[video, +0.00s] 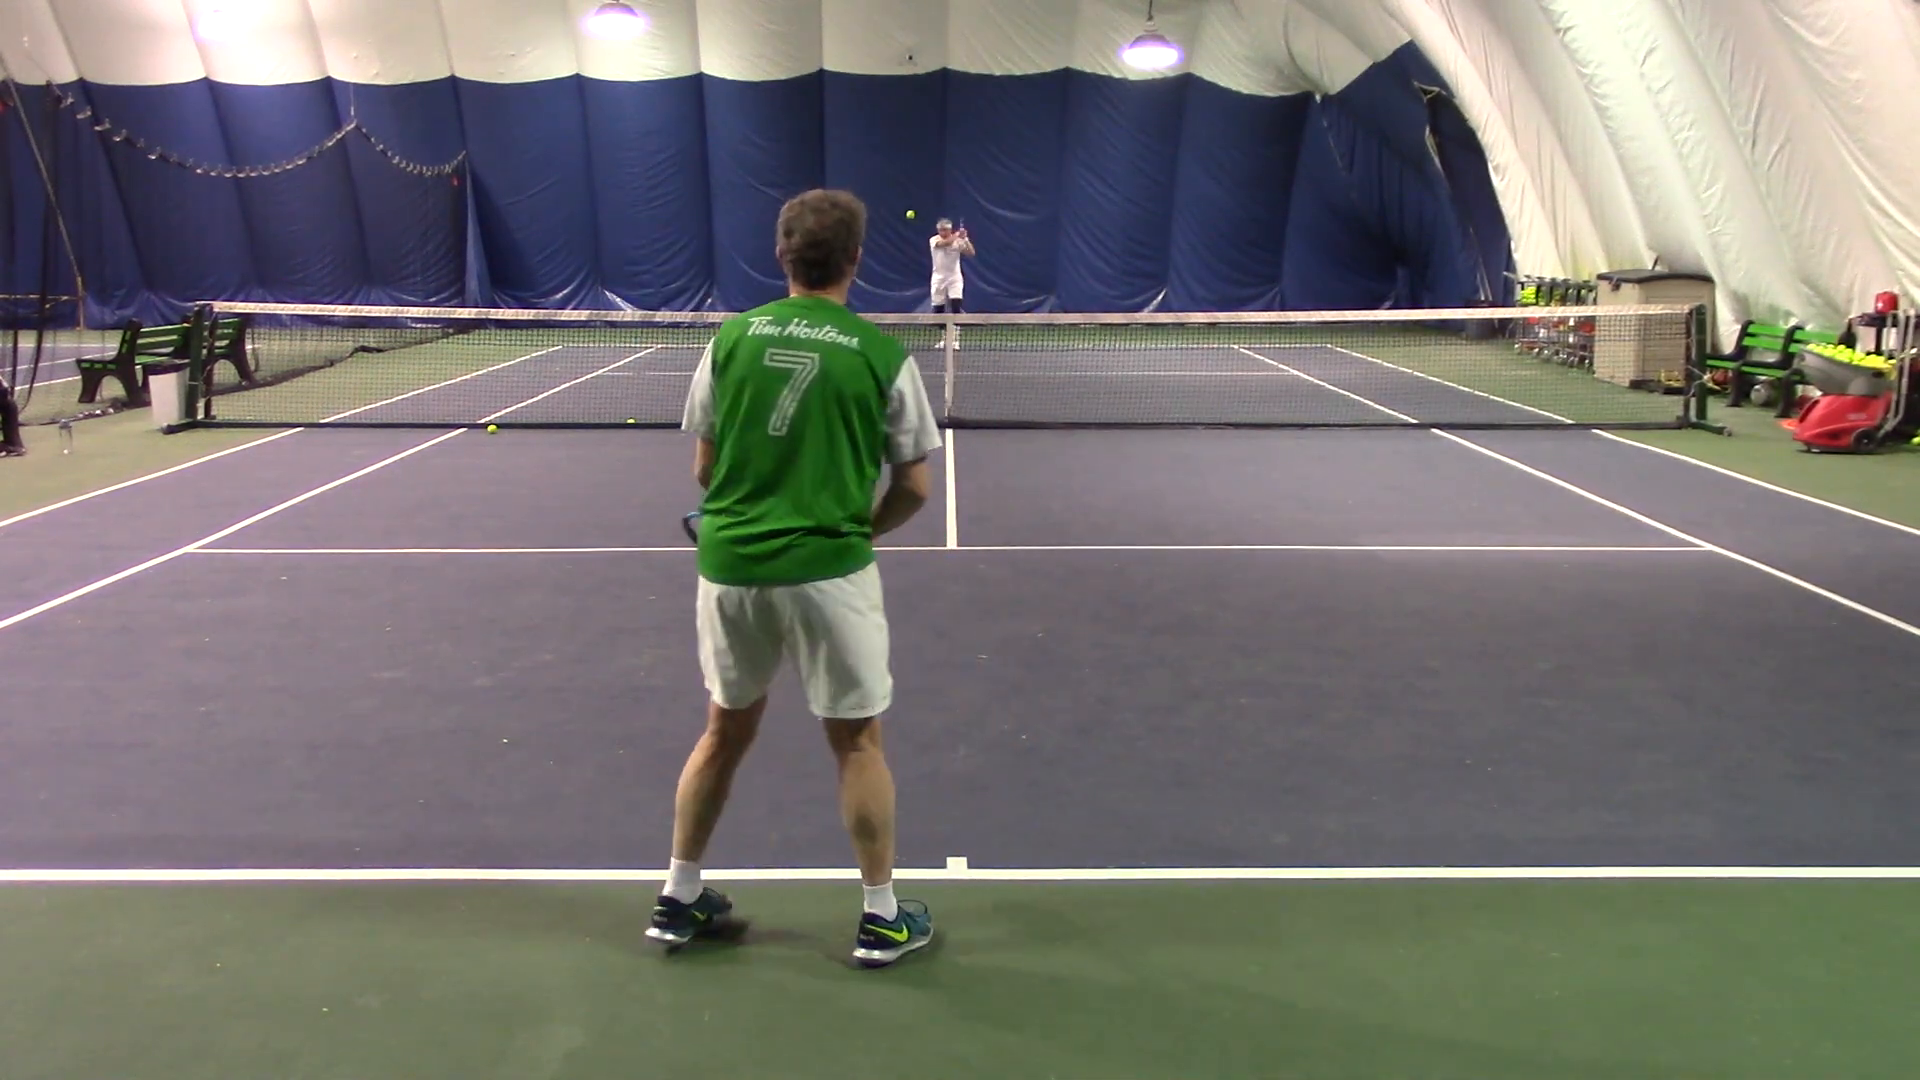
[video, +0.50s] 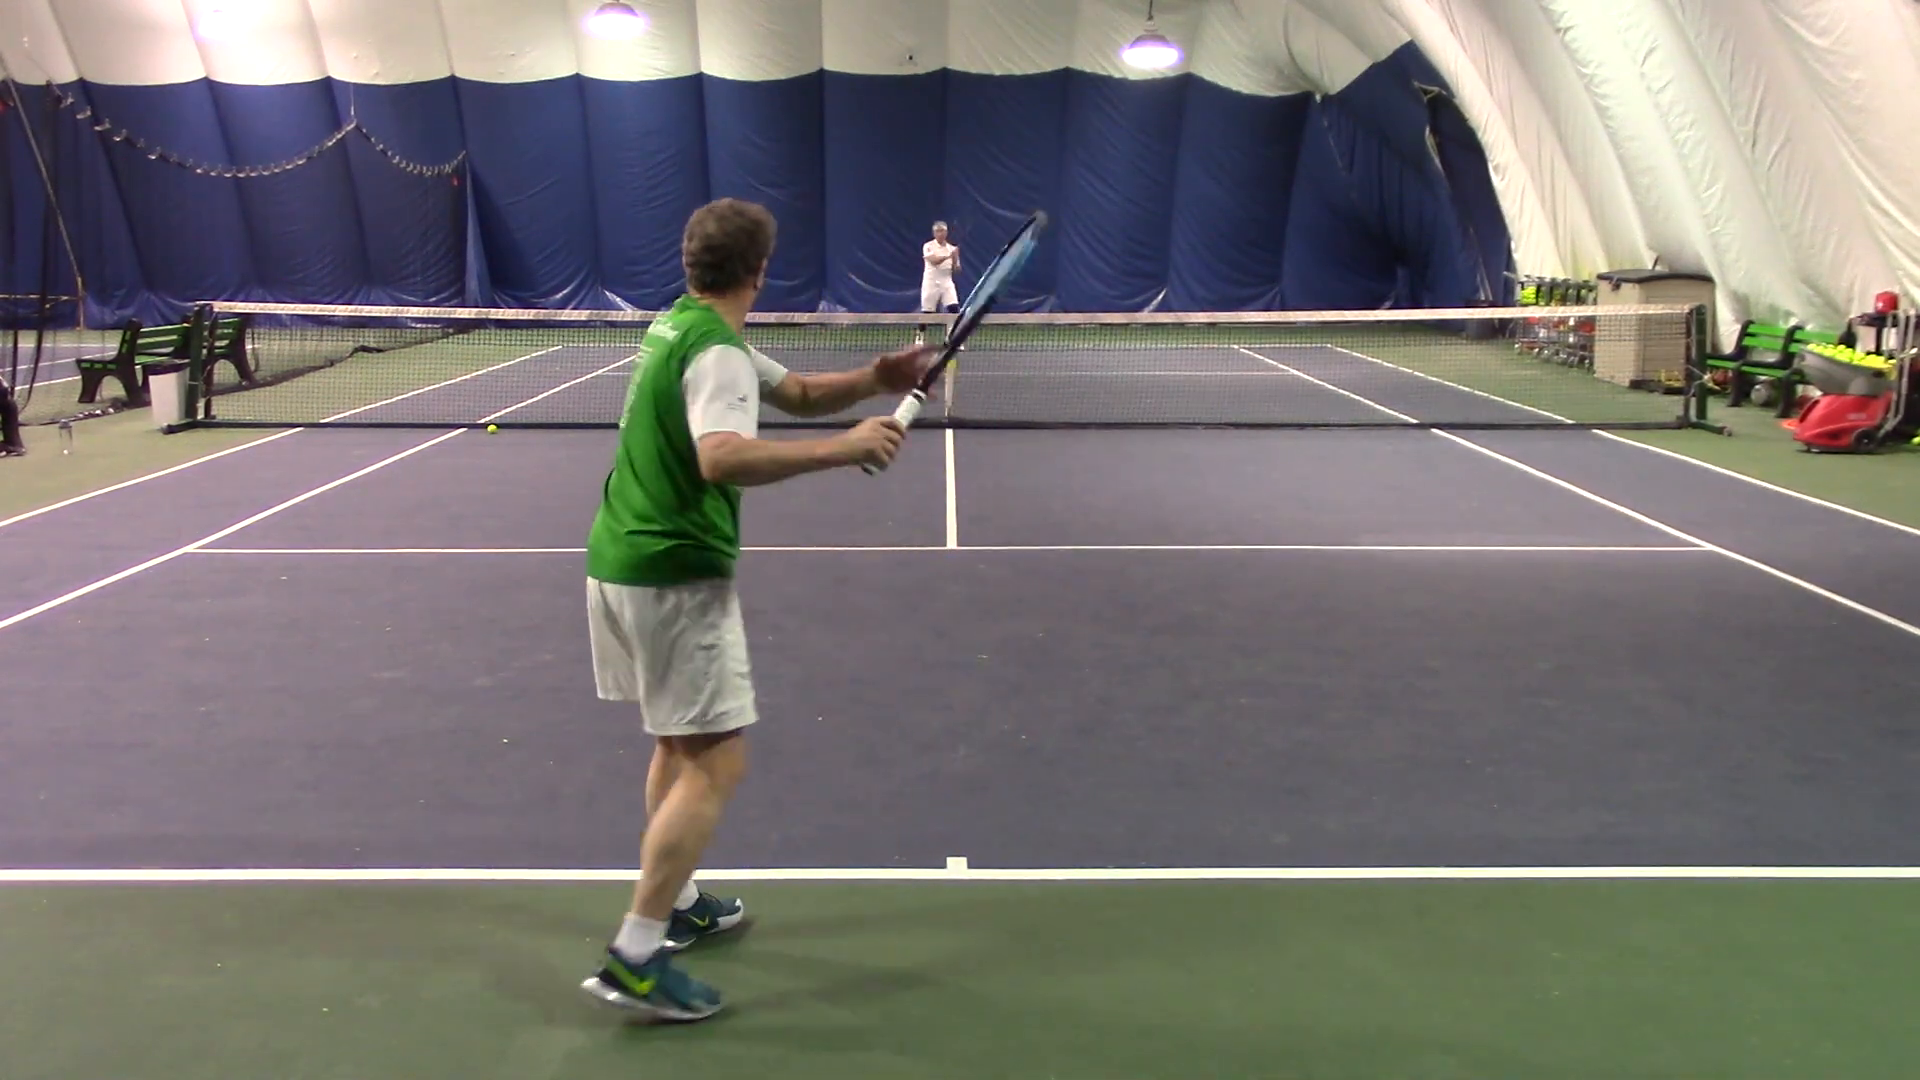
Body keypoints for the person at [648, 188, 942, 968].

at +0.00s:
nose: (856, 262)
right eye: (859, 252)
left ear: (781, 258)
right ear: (854, 261)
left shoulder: (731, 339)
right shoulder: (881, 355)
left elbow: (705, 467)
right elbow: (915, 486)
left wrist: (756, 508)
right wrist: (852, 530)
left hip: (731, 566)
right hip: (831, 570)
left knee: (724, 729)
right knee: (857, 739)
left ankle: (677, 898)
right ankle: (882, 915)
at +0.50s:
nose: (769, 273)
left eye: (761, 260)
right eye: (769, 262)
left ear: (691, 265)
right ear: (759, 272)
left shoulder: (676, 330)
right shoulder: (718, 350)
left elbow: (791, 392)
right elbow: (721, 456)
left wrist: (877, 377)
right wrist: (840, 448)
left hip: (624, 570)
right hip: (677, 580)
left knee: (675, 746)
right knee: (717, 764)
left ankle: (669, 903)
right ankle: (634, 953)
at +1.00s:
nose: (772, 297)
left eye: (770, 283)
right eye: (772, 284)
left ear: (696, 278)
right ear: (755, 292)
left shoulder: (660, 334)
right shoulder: (697, 364)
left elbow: (664, 421)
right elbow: (694, 465)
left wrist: (747, 408)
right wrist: (769, 500)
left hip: (606, 576)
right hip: (640, 587)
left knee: (670, 735)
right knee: (669, 784)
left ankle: (688, 876)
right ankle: (610, 977)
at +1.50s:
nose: (825, 299)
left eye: (825, 288)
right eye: (825, 290)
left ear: (745, 277)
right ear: (807, 300)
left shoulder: (666, 320)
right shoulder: (808, 365)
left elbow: (558, 336)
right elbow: (758, 360)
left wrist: (628, 349)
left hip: (640, 562)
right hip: (724, 574)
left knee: (684, 723)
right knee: (711, 750)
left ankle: (699, 878)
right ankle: (659, 923)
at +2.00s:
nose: (874, 270)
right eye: (874, 262)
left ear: (797, 261)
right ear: (867, 272)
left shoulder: (734, 331)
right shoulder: (885, 351)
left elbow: (666, 432)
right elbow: (884, 423)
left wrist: (739, 417)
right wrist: (809, 394)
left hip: (732, 565)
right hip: (829, 571)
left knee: (721, 726)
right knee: (845, 743)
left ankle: (701, 883)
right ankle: (856, 926)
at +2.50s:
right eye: (878, 252)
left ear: (805, 258)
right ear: (879, 264)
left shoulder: (759, 338)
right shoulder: (903, 349)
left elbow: (741, 460)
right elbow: (926, 480)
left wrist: (807, 479)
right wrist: (862, 495)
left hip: (769, 557)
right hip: (871, 561)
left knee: (781, 743)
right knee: (922, 708)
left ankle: (781, 925)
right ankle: (904, 878)